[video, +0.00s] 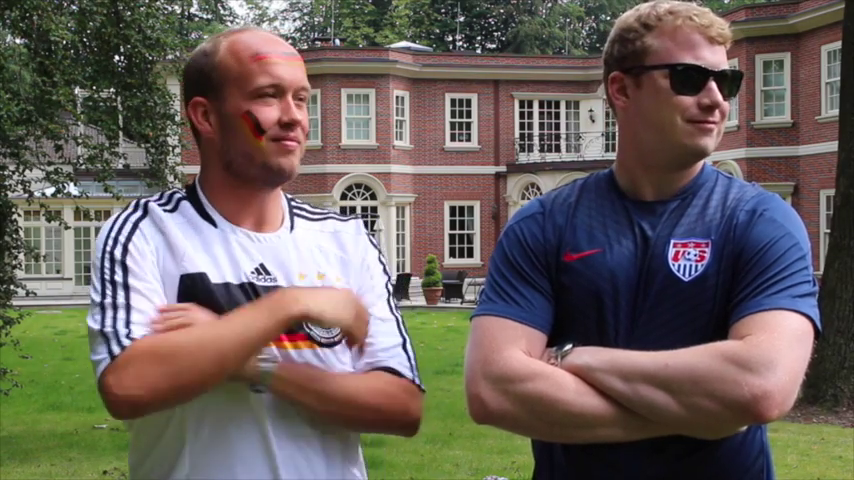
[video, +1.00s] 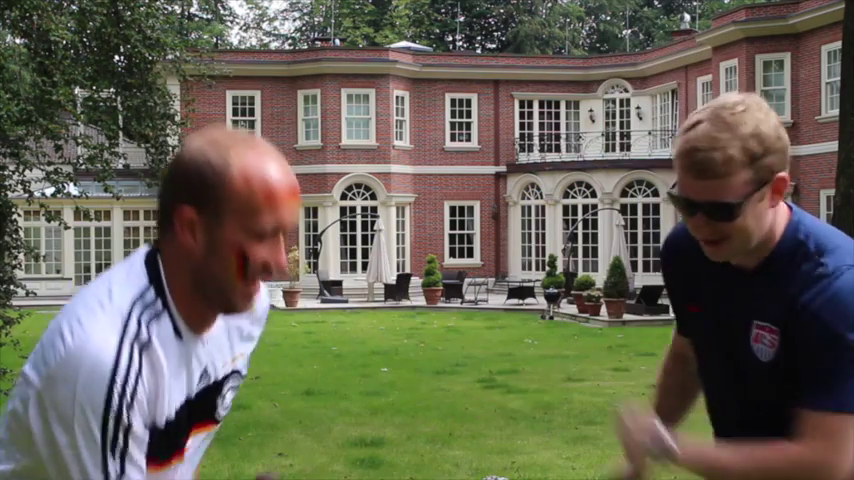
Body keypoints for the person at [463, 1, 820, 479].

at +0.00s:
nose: (715, 98)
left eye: (725, 81)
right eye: (689, 78)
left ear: (733, 92)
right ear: (620, 91)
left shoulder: (762, 221)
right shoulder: (540, 226)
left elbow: (762, 387)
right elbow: (491, 390)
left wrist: (569, 360)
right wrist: (682, 410)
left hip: (723, 473)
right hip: (574, 473)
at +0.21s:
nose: (700, 115)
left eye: (713, 95)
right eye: (674, 95)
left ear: (723, 97)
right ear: (611, 100)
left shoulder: (760, 214)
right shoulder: (542, 213)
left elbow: (847, 368)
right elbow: (498, 380)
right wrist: (590, 454)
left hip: (730, 469)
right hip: (593, 473)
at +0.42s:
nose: (655, 156)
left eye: (677, 133)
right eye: (632, 133)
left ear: (708, 122)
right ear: (601, 123)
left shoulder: (762, 236)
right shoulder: (544, 224)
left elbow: (811, 383)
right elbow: (495, 381)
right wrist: (582, 438)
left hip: (718, 466)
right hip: (591, 471)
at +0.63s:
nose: (692, 182)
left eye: (716, 162)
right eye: (670, 158)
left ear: (748, 138)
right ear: (646, 136)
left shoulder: (777, 256)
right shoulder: (590, 212)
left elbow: (693, 414)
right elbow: (535, 344)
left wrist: (516, 401)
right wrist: (434, 412)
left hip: (740, 472)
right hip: (619, 469)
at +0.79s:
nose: (720, 182)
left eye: (744, 160)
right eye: (700, 156)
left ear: (781, 140)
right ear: (683, 130)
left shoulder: (798, 255)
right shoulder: (645, 203)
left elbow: (650, 374)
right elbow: (586, 320)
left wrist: (486, 330)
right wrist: (479, 370)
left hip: (778, 467)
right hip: (666, 466)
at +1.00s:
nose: (700, 225)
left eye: (720, 211)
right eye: (686, 205)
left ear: (776, 192)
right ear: (677, 189)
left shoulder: (833, 283)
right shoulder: (683, 252)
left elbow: (829, 459)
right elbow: (687, 353)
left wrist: (675, 449)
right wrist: (651, 444)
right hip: (742, 467)